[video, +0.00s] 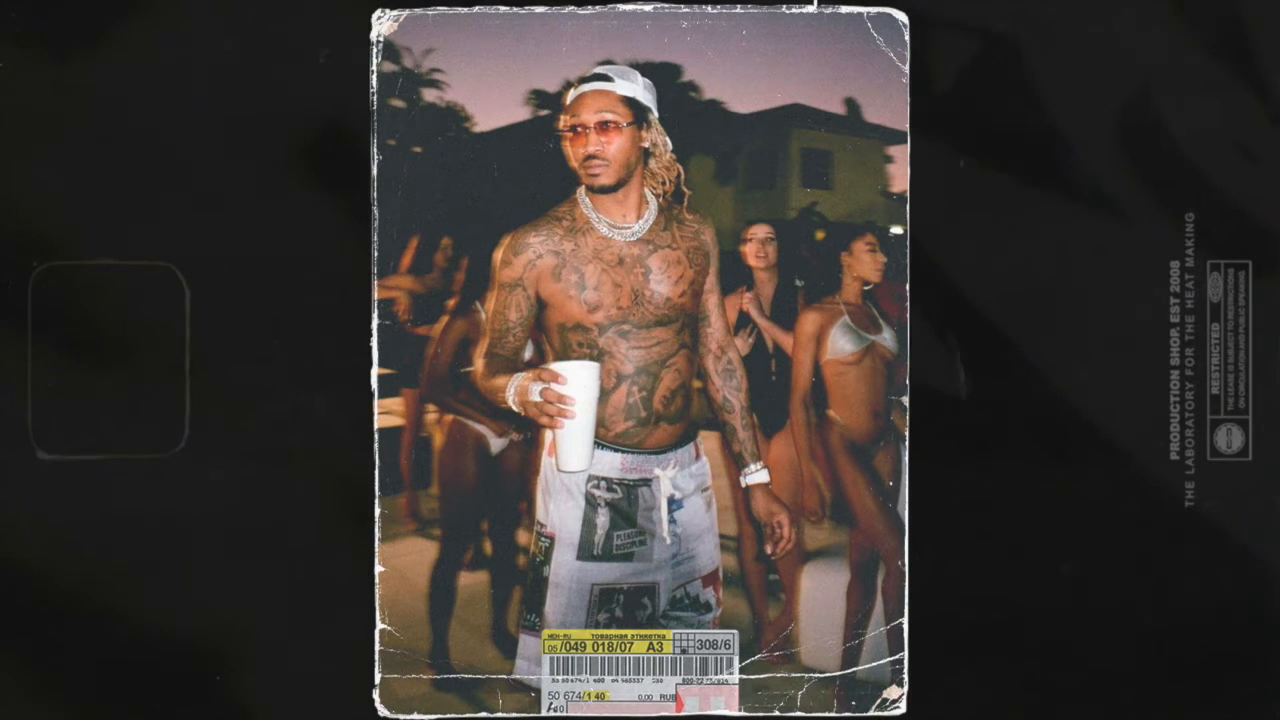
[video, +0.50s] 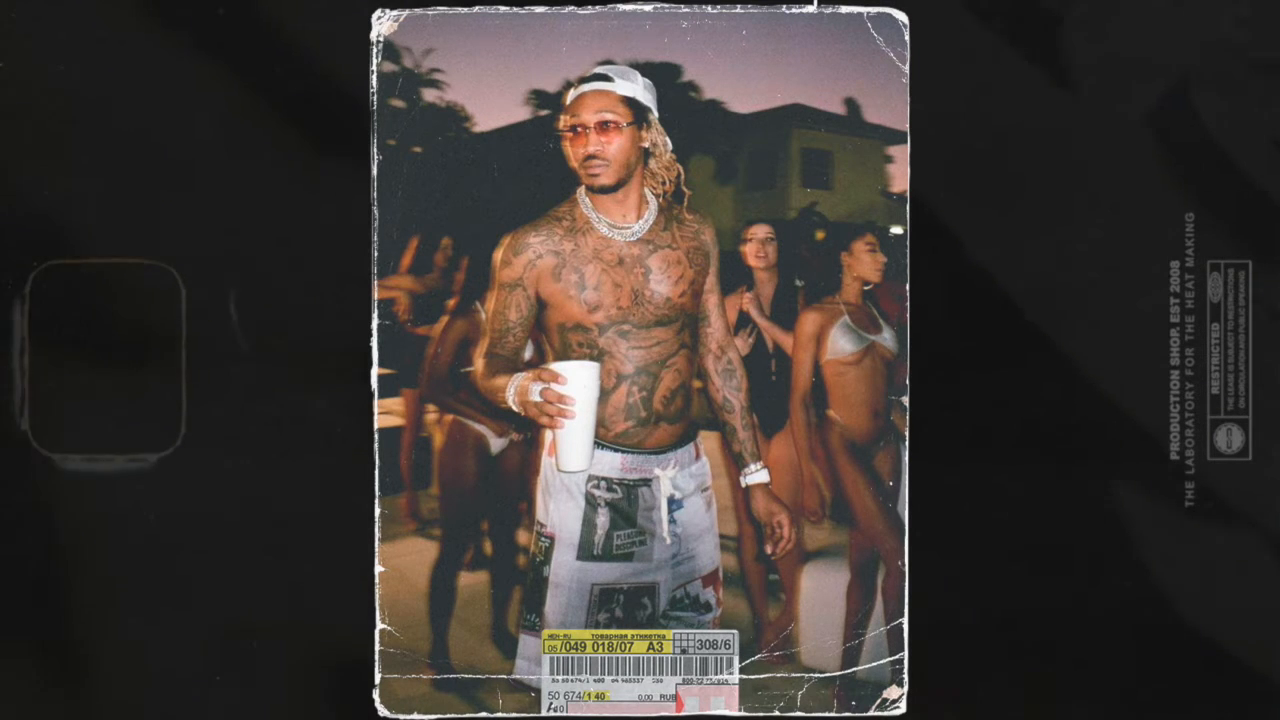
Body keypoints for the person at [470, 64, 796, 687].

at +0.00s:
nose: (590, 143)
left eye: (608, 126)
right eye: (576, 130)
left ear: (646, 138)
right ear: (565, 143)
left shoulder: (693, 235)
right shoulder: (532, 248)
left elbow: (720, 358)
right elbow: (491, 365)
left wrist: (756, 482)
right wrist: (516, 389)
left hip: (681, 476)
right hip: (582, 481)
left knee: (689, 664)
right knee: (573, 669)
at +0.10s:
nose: (589, 143)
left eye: (608, 126)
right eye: (576, 130)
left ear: (645, 138)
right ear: (565, 143)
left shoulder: (693, 235)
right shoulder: (532, 248)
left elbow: (720, 358)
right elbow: (491, 365)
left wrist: (756, 482)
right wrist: (516, 389)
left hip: (681, 476)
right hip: (582, 481)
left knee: (689, 663)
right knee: (573, 669)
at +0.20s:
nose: (589, 143)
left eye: (608, 126)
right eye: (576, 130)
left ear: (646, 138)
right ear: (565, 143)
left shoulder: (693, 235)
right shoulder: (532, 248)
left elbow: (720, 358)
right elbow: (491, 365)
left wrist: (756, 482)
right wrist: (516, 389)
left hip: (681, 476)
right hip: (582, 481)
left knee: (689, 664)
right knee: (574, 669)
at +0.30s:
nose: (589, 143)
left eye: (608, 126)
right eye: (576, 130)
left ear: (645, 138)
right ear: (565, 143)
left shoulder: (693, 235)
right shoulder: (532, 248)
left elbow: (720, 358)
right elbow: (491, 365)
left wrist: (756, 482)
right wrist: (516, 389)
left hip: (681, 476)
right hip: (582, 481)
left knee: (689, 664)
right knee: (573, 669)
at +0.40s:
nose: (590, 143)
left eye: (608, 126)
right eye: (576, 130)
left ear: (645, 138)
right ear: (565, 144)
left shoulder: (693, 235)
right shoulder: (532, 247)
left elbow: (720, 358)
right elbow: (491, 364)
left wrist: (756, 481)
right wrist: (516, 389)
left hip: (681, 476)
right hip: (582, 481)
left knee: (689, 664)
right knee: (573, 669)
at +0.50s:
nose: (589, 143)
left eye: (608, 126)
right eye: (576, 130)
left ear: (645, 138)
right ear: (565, 144)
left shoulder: (693, 235)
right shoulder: (532, 248)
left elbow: (720, 358)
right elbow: (491, 364)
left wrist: (756, 481)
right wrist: (516, 389)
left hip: (681, 476)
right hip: (582, 481)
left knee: (689, 664)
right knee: (574, 669)